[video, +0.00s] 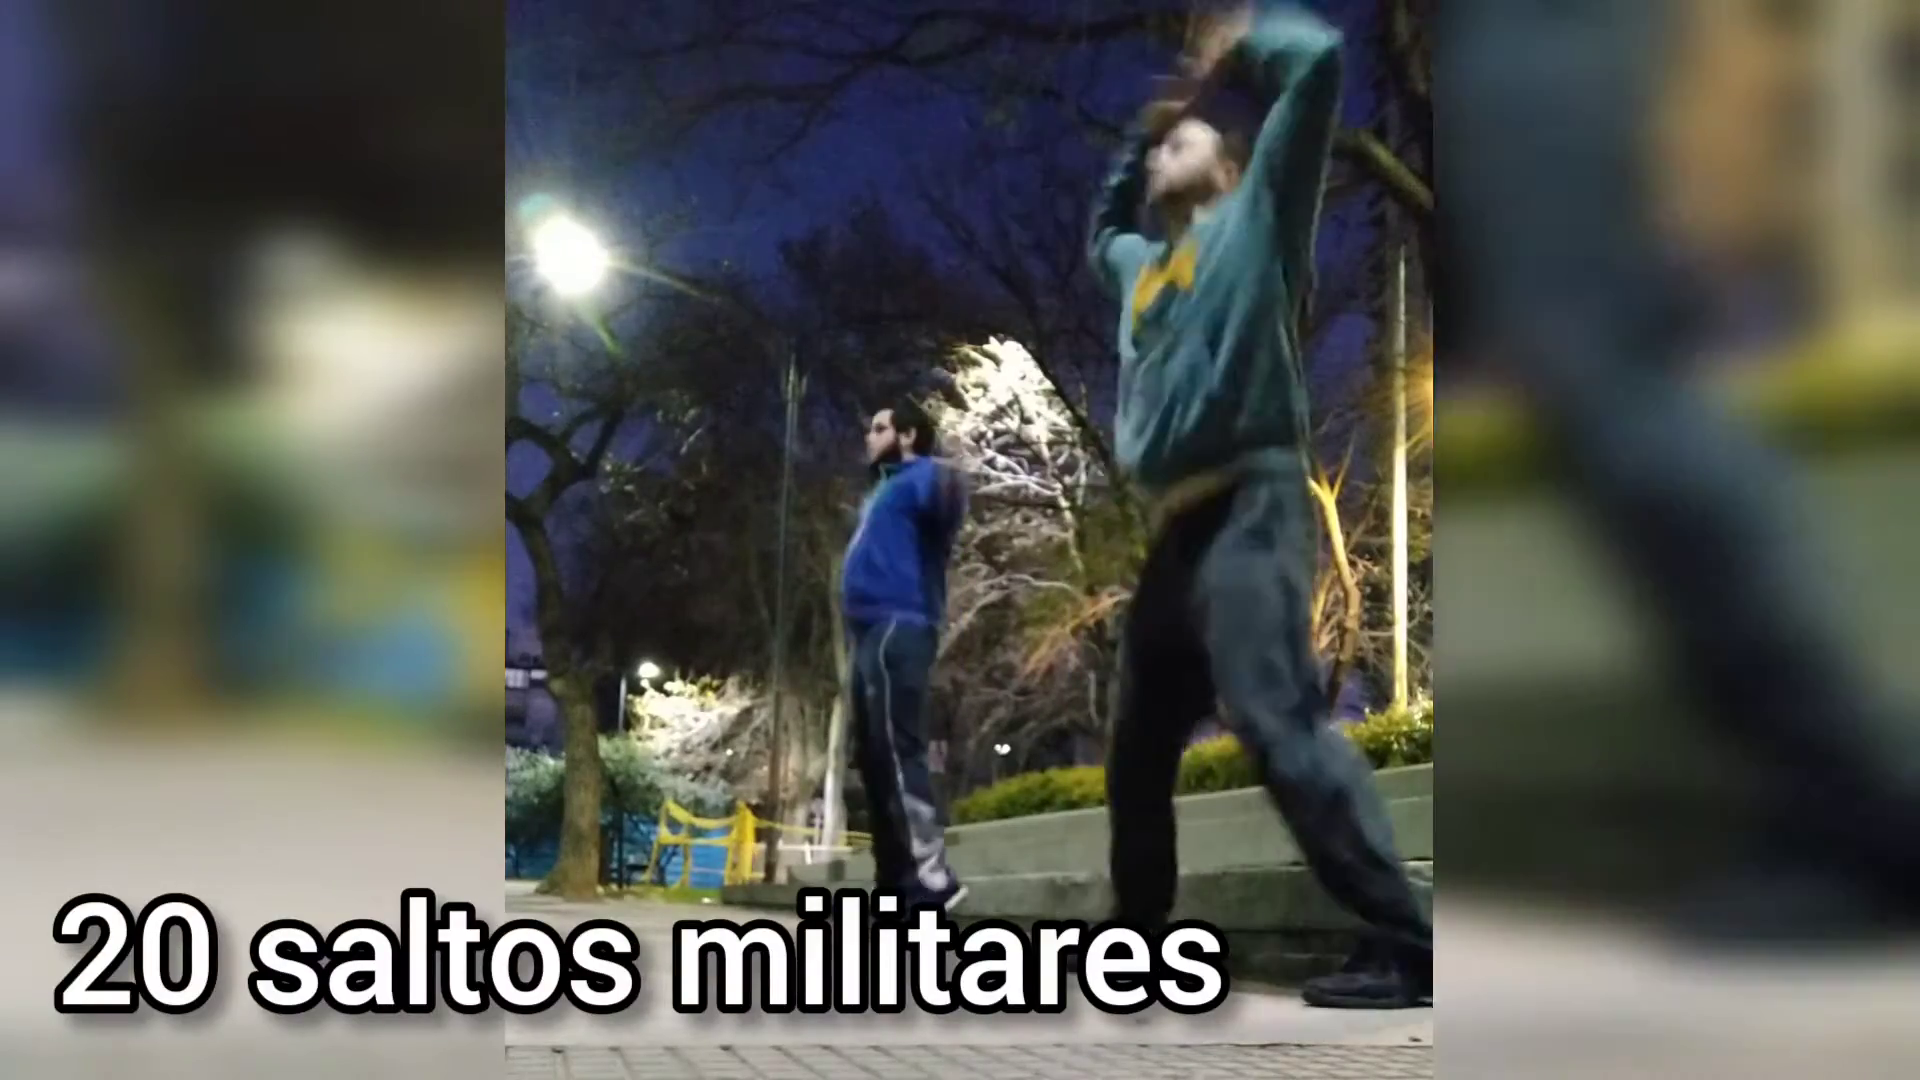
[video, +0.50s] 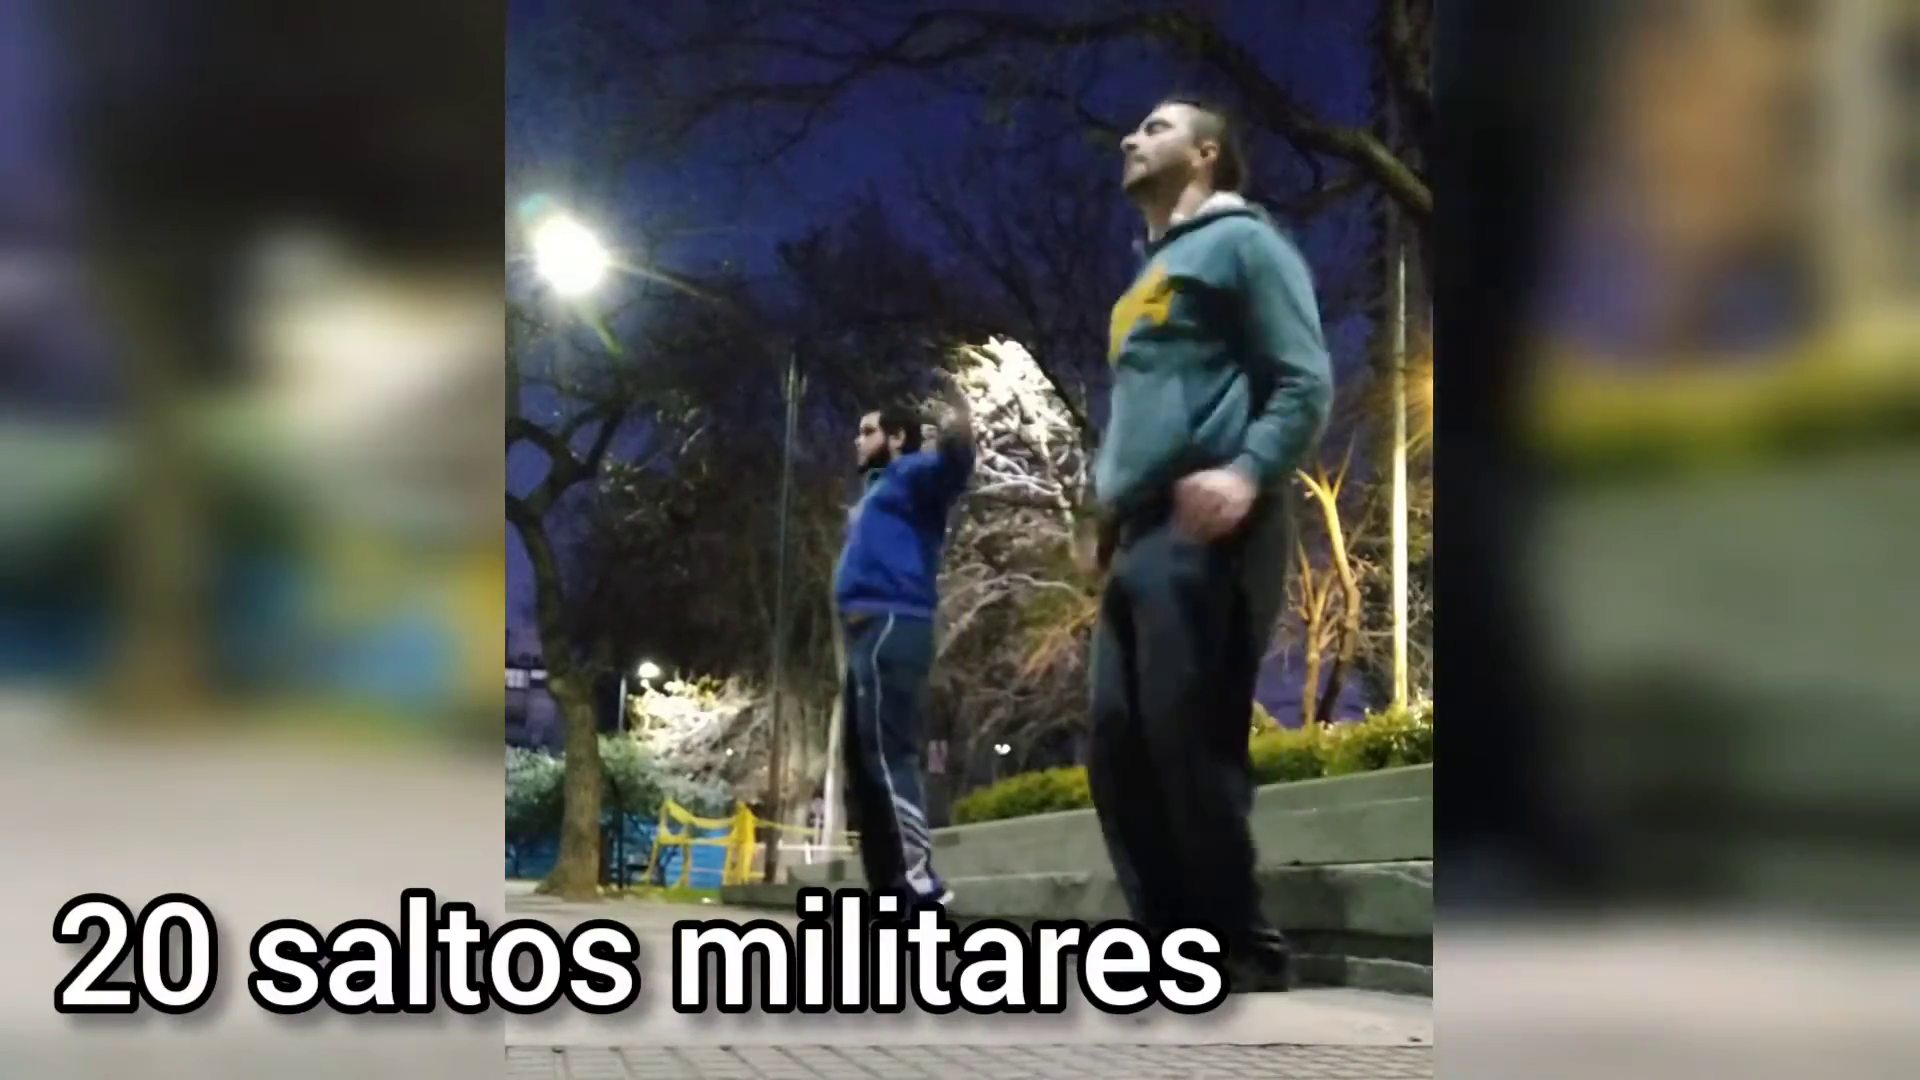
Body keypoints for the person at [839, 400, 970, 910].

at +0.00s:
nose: (868, 437)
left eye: (878, 429)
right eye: (870, 429)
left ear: (907, 436)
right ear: (895, 438)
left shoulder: (922, 475)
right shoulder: (882, 488)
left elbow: (941, 501)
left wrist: (946, 475)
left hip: (901, 623)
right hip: (869, 625)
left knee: (896, 748)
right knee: (872, 755)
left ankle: (930, 879)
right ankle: (894, 880)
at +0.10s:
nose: (871, 436)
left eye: (881, 427)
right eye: (870, 429)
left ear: (910, 435)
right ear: (883, 444)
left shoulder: (925, 480)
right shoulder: (877, 489)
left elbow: (950, 436)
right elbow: (861, 493)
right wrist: (870, 453)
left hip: (901, 619)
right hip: (864, 623)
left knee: (896, 745)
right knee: (867, 757)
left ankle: (931, 873)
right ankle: (887, 877)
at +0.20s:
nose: (869, 461)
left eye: (878, 451)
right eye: (872, 451)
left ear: (903, 456)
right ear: (887, 461)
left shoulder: (924, 501)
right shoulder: (878, 511)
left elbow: (933, 435)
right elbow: (855, 500)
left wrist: (919, 382)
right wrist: (874, 450)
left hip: (904, 642)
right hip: (867, 647)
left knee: (889, 768)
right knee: (868, 774)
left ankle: (921, 886)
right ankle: (891, 883)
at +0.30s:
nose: (858, 487)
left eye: (867, 478)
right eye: (858, 479)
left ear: (893, 479)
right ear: (868, 487)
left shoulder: (920, 515)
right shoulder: (869, 538)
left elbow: (922, 442)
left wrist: (905, 414)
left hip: (903, 660)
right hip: (863, 666)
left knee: (887, 792)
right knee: (853, 801)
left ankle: (930, 902)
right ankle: (888, 898)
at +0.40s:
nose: (859, 454)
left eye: (868, 445)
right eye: (860, 446)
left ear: (898, 450)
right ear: (878, 455)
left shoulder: (920, 491)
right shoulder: (877, 501)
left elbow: (945, 431)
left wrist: (930, 360)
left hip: (898, 633)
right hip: (860, 635)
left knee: (897, 765)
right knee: (865, 772)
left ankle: (923, 890)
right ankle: (881, 885)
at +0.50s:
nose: (858, 439)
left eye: (867, 430)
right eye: (859, 431)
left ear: (897, 438)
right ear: (881, 440)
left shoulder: (914, 474)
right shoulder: (878, 488)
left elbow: (955, 456)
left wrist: (959, 408)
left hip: (894, 623)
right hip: (866, 624)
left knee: (886, 754)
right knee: (863, 760)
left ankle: (919, 885)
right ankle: (889, 884)